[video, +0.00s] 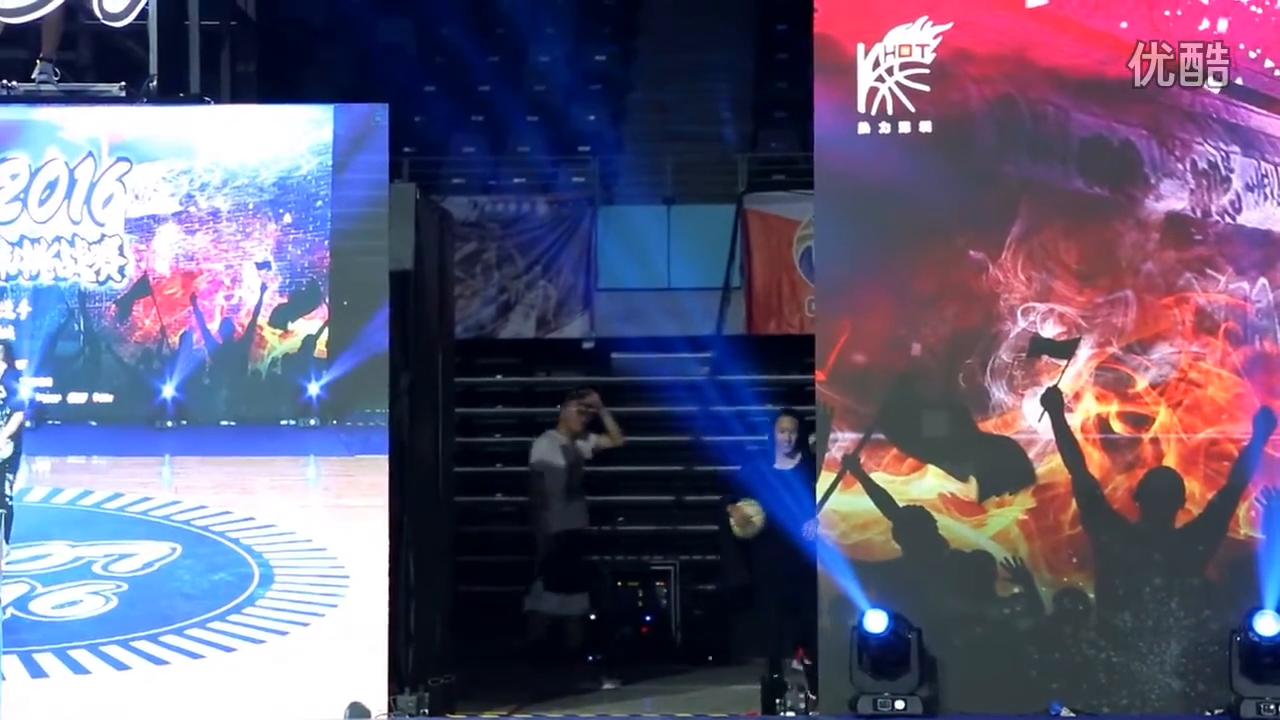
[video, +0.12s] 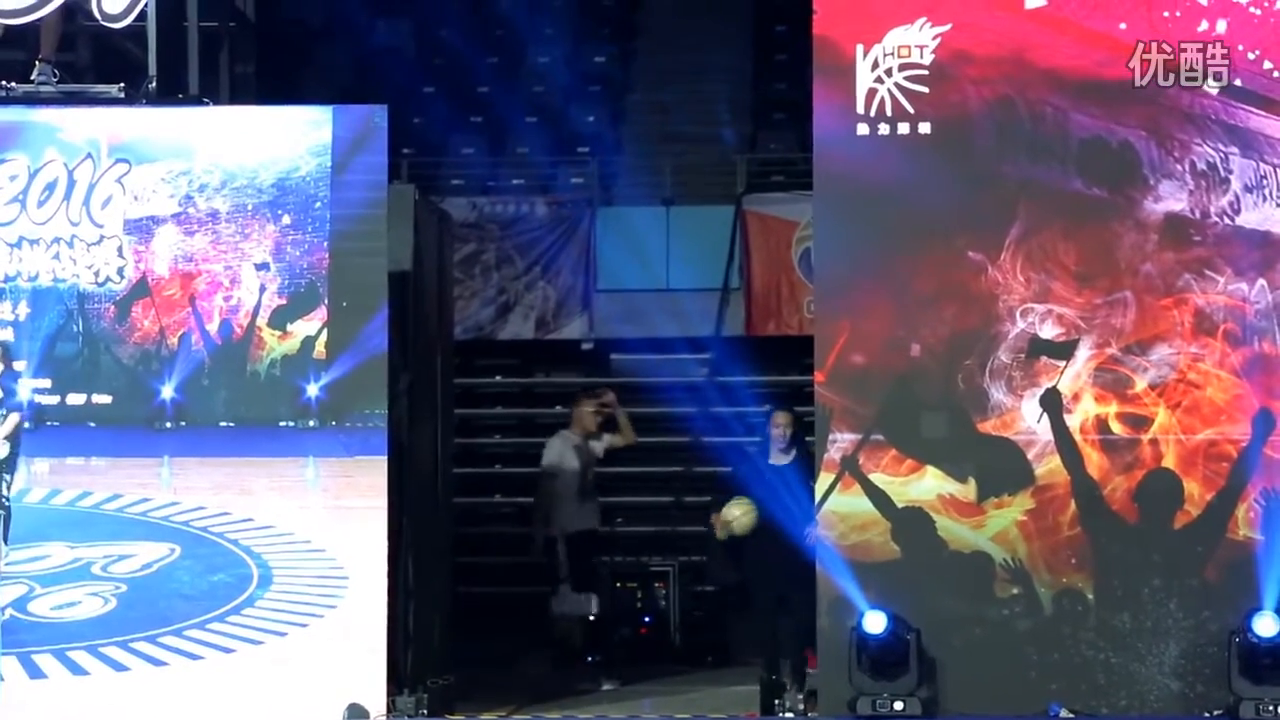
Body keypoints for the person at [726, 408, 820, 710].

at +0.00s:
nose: (787, 437)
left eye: (792, 431)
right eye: (782, 431)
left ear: (800, 435)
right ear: (772, 434)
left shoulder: (812, 468)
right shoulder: (757, 470)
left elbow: (829, 503)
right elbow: (731, 498)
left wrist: (817, 523)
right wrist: (736, 515)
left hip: (803, 559)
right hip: (767, 559)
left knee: (808, 624)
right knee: (772, 624)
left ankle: (814, 691)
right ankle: (772, 696)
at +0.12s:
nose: (781, 432)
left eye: (786, 427)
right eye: (776, 426)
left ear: (794, 430)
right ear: (767, 430)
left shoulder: (807, 465)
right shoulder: (750, 468)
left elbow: (824, 504)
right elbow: (723, 501)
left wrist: (818, 526)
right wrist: (720, 522)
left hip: (798, 558)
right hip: (759, 558)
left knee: (797, 624)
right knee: (767, 625)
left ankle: (798, 692)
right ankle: (770, 696)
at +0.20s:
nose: (778, 433)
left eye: (783, 428)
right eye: (773, 427)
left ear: (791, 431)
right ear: (764, 430)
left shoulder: (804, 465)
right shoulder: (747, 467)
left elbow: (819, 502)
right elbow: (722, 496)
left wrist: (816, 526)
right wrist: (710, 526)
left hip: (794, 556)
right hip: (756, 556)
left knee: (791, 622)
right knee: (765, 622)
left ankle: (793, 689)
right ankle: (768, 689)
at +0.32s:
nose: (775, 440)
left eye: (780, 435)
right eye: (770, 434)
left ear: (789, 438)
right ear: (759, 437)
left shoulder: (800, 470)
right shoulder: (742, 470)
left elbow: (811, 511)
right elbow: (717, 505)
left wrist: (812, 533)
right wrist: (713, 533)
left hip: (791, 558)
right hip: (754, 560)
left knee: (789, 623)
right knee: (763, 624)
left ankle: (791, 691)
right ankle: (766, 690)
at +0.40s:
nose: (772, 442)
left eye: (778, 436)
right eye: (767, 436)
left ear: (786, 440)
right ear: (756, 439)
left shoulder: (798, 473)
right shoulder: (741, 475)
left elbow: (807, 513)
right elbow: (717, 507)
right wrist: (711, 534)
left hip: (789, 557)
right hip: (753, 557)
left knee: (787, 618)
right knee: (760, 618)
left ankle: (789, 682)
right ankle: (766, 676)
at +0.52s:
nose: (766, 438)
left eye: (771, 432)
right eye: (761, 432)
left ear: (779, 435)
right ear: (752, 435)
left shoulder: (794, 468)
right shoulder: (738, 468)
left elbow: (806, 505)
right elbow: (719, 504)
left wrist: (809, 527)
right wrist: (707, 529)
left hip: (789, 552)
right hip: (756, 553)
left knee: (787, 619)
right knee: (762, 614)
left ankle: (788, 687)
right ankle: (762, 665)